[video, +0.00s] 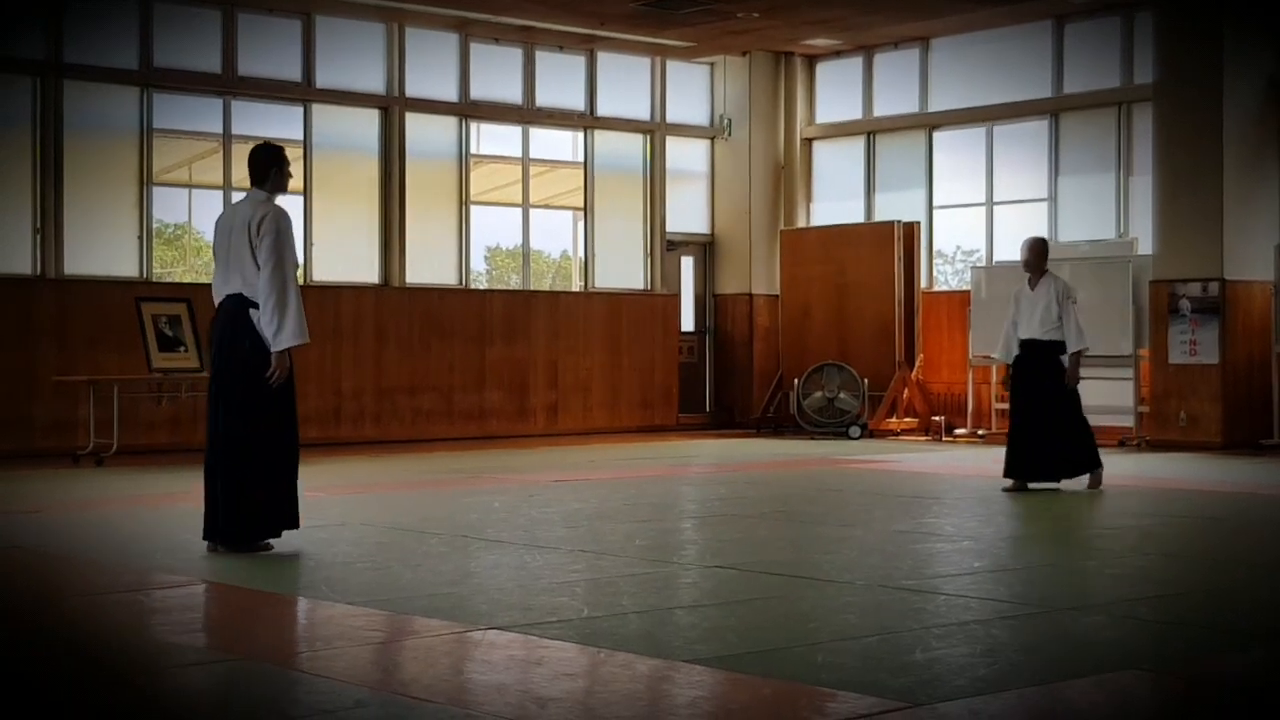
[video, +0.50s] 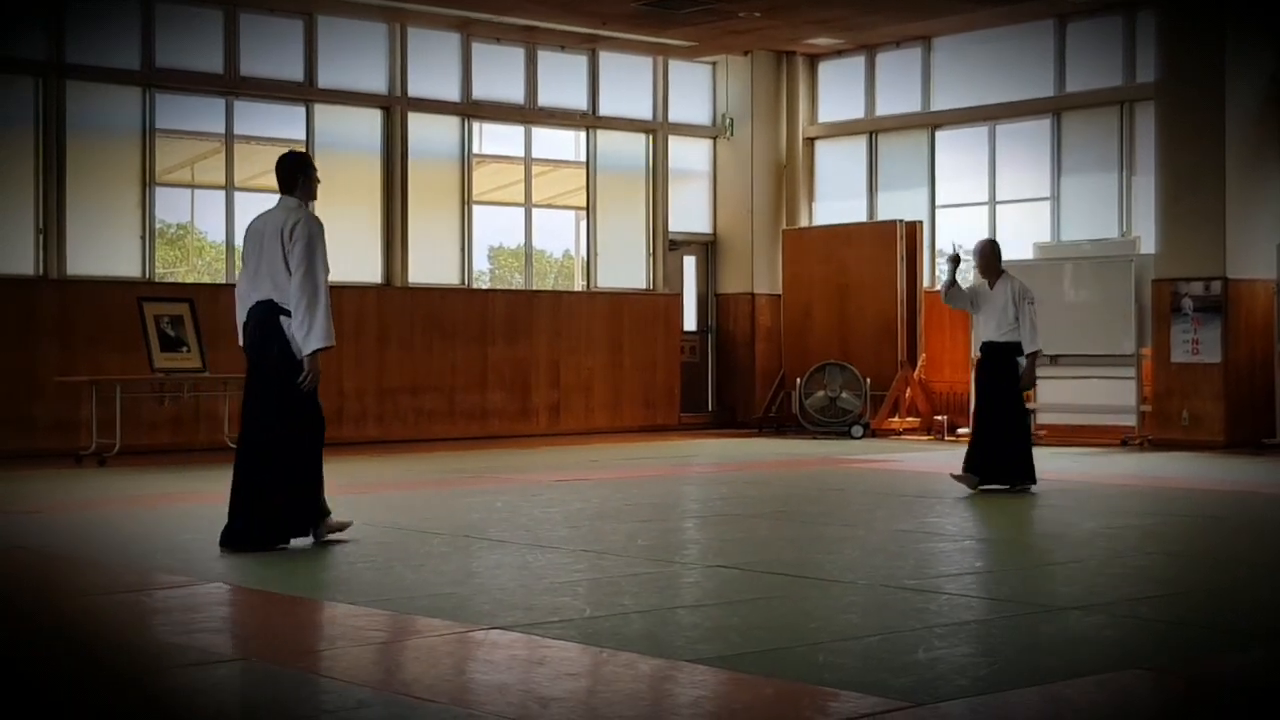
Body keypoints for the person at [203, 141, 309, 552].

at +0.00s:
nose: (290, 176)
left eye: (289, 169)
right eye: (287, 169)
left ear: (252, 173)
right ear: (277, 173)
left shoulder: (226, 217)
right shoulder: (273, 216)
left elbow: (223, 278)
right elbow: (274, 284)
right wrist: (280, 343)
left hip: (226, 328)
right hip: (258, 331)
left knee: (227, 427)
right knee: (256, 429)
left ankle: (221, 527)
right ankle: (244, 531)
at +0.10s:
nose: (291, 175)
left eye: (289, 168)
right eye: (288, 169)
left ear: (253, 173)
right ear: (277, 173)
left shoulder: (228, 218)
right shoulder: (273, 217)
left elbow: (224, 278)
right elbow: (274, 284)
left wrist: (230, 325)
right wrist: (282, 344)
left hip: (231, 327)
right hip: (260, 329)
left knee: (232, 426)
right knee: (258, 429)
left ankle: (222, 527)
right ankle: (244, 530)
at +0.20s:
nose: (294, 176)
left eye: (292, 169)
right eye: (291, 170)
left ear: (256, 174)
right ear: (280, 173)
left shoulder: (233, 218)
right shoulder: (277, 217)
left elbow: (227, 278)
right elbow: (278, 285)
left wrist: (229, 324)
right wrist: (286, 345)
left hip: (236, 324)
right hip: (264, 327)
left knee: (236, 425)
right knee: (263, 428)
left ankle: (227, 524)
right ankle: (247, 530)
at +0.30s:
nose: (299, 178)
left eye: (297, 171)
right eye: (295, 172)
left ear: (261, 176)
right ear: (285, 176)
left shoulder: (237, 219)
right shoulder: (284, 220)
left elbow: (230, 278)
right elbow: (284, 287)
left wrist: (231, 322)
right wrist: (292, 346)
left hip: (240, 326)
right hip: (270, 328)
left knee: (243, 426)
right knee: (268, 428)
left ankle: (237, 525)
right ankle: (254, 528)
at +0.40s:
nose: (305, 182)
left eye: (303, 175)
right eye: (303, 175)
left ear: (268, 178)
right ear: (294, 178)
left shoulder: (243, 223)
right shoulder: (293, 221)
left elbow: (234, 284)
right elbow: (295, 287)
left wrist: (238, 333)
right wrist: (300, 346)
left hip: (247, 328)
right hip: (279, 329)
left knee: (252, 426)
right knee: (285, 427)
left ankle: (243, 527)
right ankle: (279, 526)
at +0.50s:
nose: (318, 183)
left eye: (316, 176)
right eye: (314, 177)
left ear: (282, 181)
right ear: (303, 180)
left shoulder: (257, 224)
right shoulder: (305, 223)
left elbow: (246, 285)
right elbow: (305, 289)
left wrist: (246, 336)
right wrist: (311, 347)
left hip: (258, 328)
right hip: (286, 329)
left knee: (306, 422)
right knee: (268, 427)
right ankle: (249, 529)